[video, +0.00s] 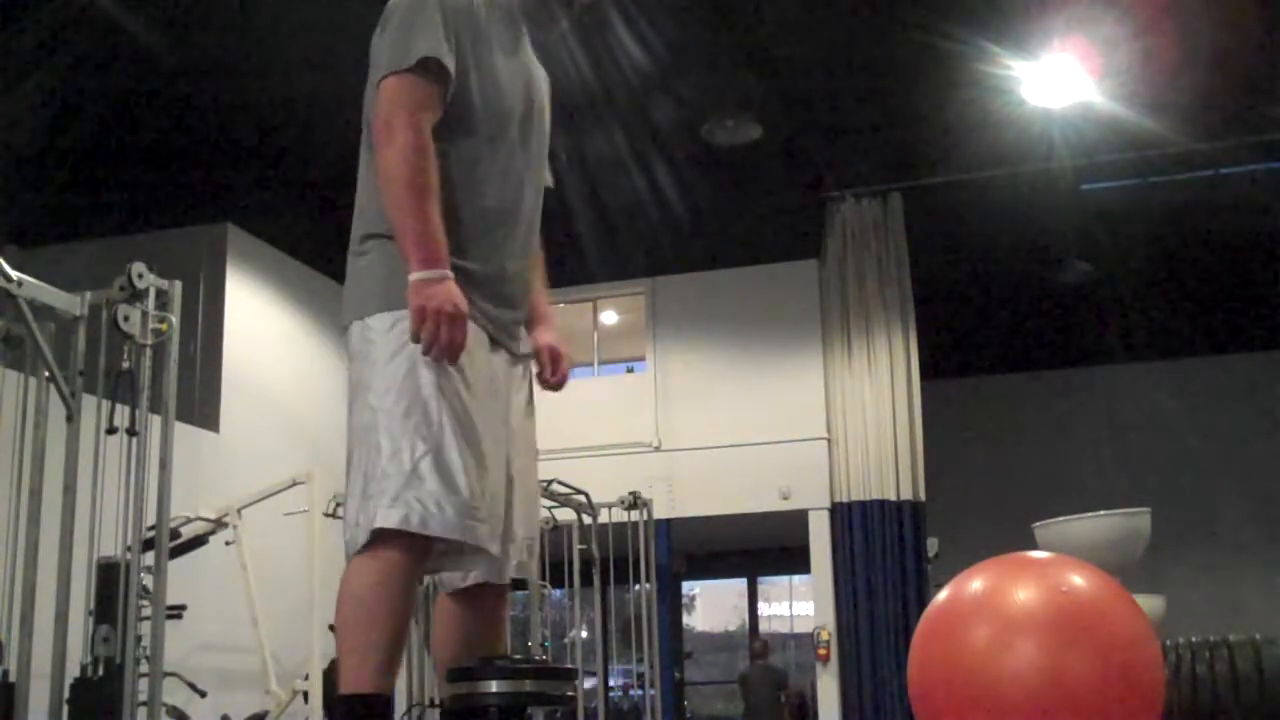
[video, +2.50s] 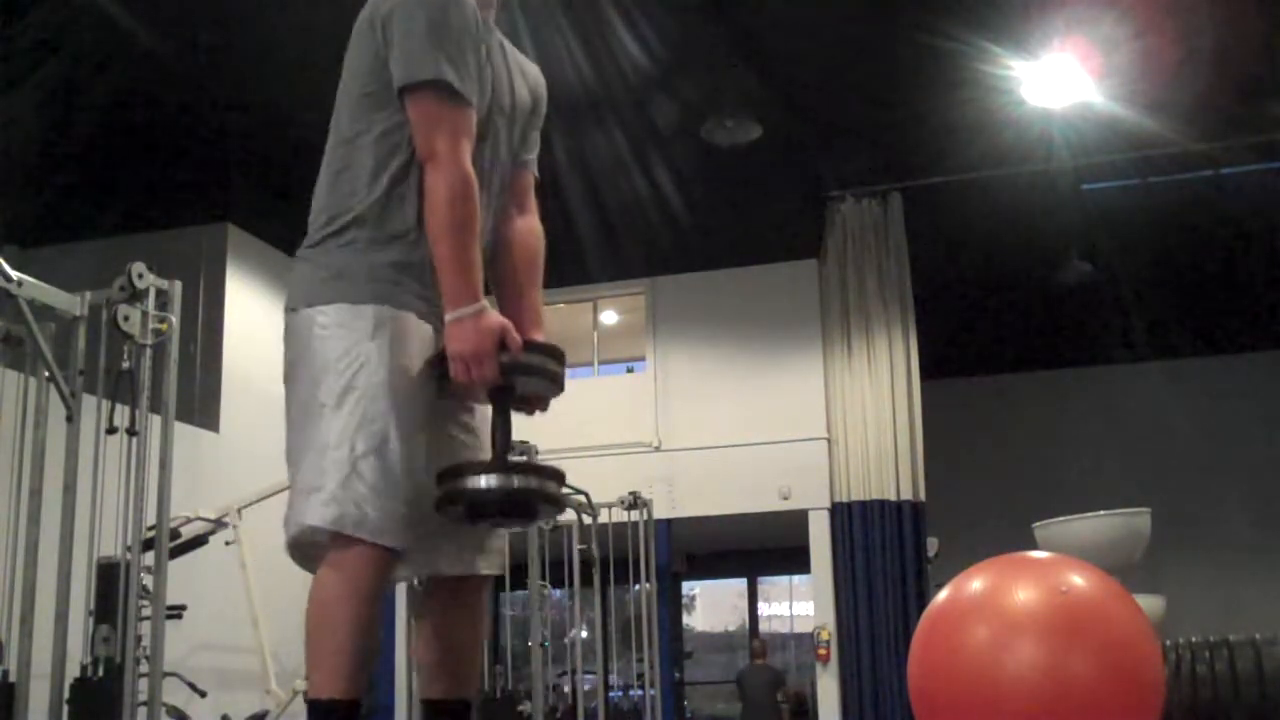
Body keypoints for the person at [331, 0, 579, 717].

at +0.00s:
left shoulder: (527, 59)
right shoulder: (434, 5)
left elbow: (514, 197)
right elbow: (400, 125)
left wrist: (540, 313)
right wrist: (430, 271)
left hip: (500, 332)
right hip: (418, 306)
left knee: (485, 555)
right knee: (400, 526)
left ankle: (472, 717)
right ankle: (358, 714)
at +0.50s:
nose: (580, 6)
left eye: (581, 10)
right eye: (578, 3)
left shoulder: (517, 64)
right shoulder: (427, 6)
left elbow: (513, 217)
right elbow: (386, 137)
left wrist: (557, 342)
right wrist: (442, 286)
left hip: (472, 323)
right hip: (388, 305)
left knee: (474, 567)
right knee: (380, 543)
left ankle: (470, 717)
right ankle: (336, 714)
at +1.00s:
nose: (645, 186)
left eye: (648, 168)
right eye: (632, 161)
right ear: (571, 154)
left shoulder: (572, 305)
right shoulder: (493, 237)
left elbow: (543, 460)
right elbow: (474, 430)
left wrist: (547, 605)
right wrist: (488, 601)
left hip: (397, 446)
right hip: (307, 427)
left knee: (566, 570)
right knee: (459, 548)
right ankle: (355, 709)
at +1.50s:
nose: (604, 192)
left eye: (601, 177)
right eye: (584, 174)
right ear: (527, 186)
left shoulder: (567, 342)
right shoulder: (477, 286)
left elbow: (541, 494)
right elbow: (468, 475)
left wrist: (540, 636)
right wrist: (477, 640)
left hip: (392, 497)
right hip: (291, 485)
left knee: (574, 576)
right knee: (456, 546)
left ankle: (484, 710)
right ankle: (355, 711)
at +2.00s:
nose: (554, 47)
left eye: (552, 31)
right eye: (533, 26)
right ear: (473, 38)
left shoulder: (530, 208)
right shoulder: (436, 142)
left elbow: (523, 352)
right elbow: (454, 320)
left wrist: (536, 485)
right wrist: (475, 472)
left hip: (389, 388)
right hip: (304, 371)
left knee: (505, 544)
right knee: (416, 528)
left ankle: (474, 703)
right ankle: (343, 712)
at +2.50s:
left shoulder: (523, 75)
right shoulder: (427, 8)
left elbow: (519, 211)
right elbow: (442, 158)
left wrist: (531, 337)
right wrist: (464, 308)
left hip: (452, 317)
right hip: (365, 300)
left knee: (462, 553)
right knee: (363, 533)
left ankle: (449, 711)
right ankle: (332, 711)